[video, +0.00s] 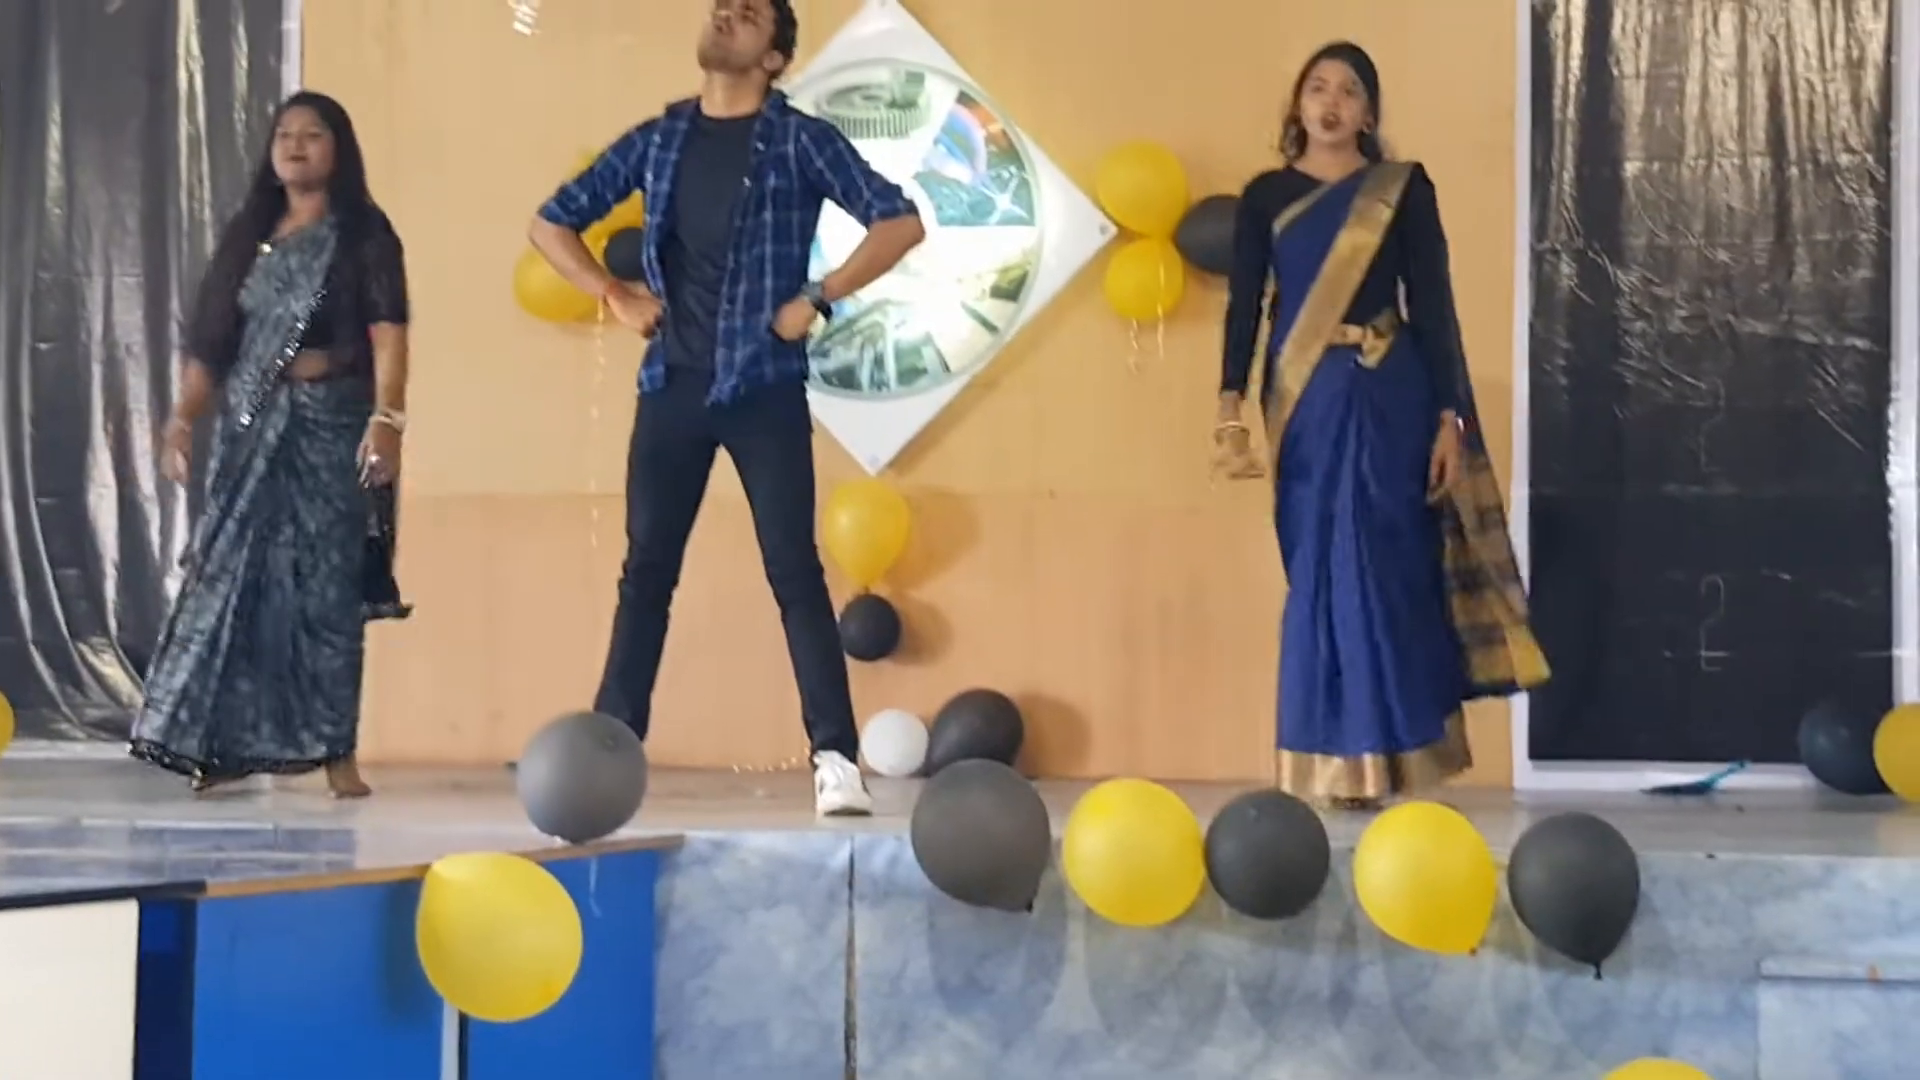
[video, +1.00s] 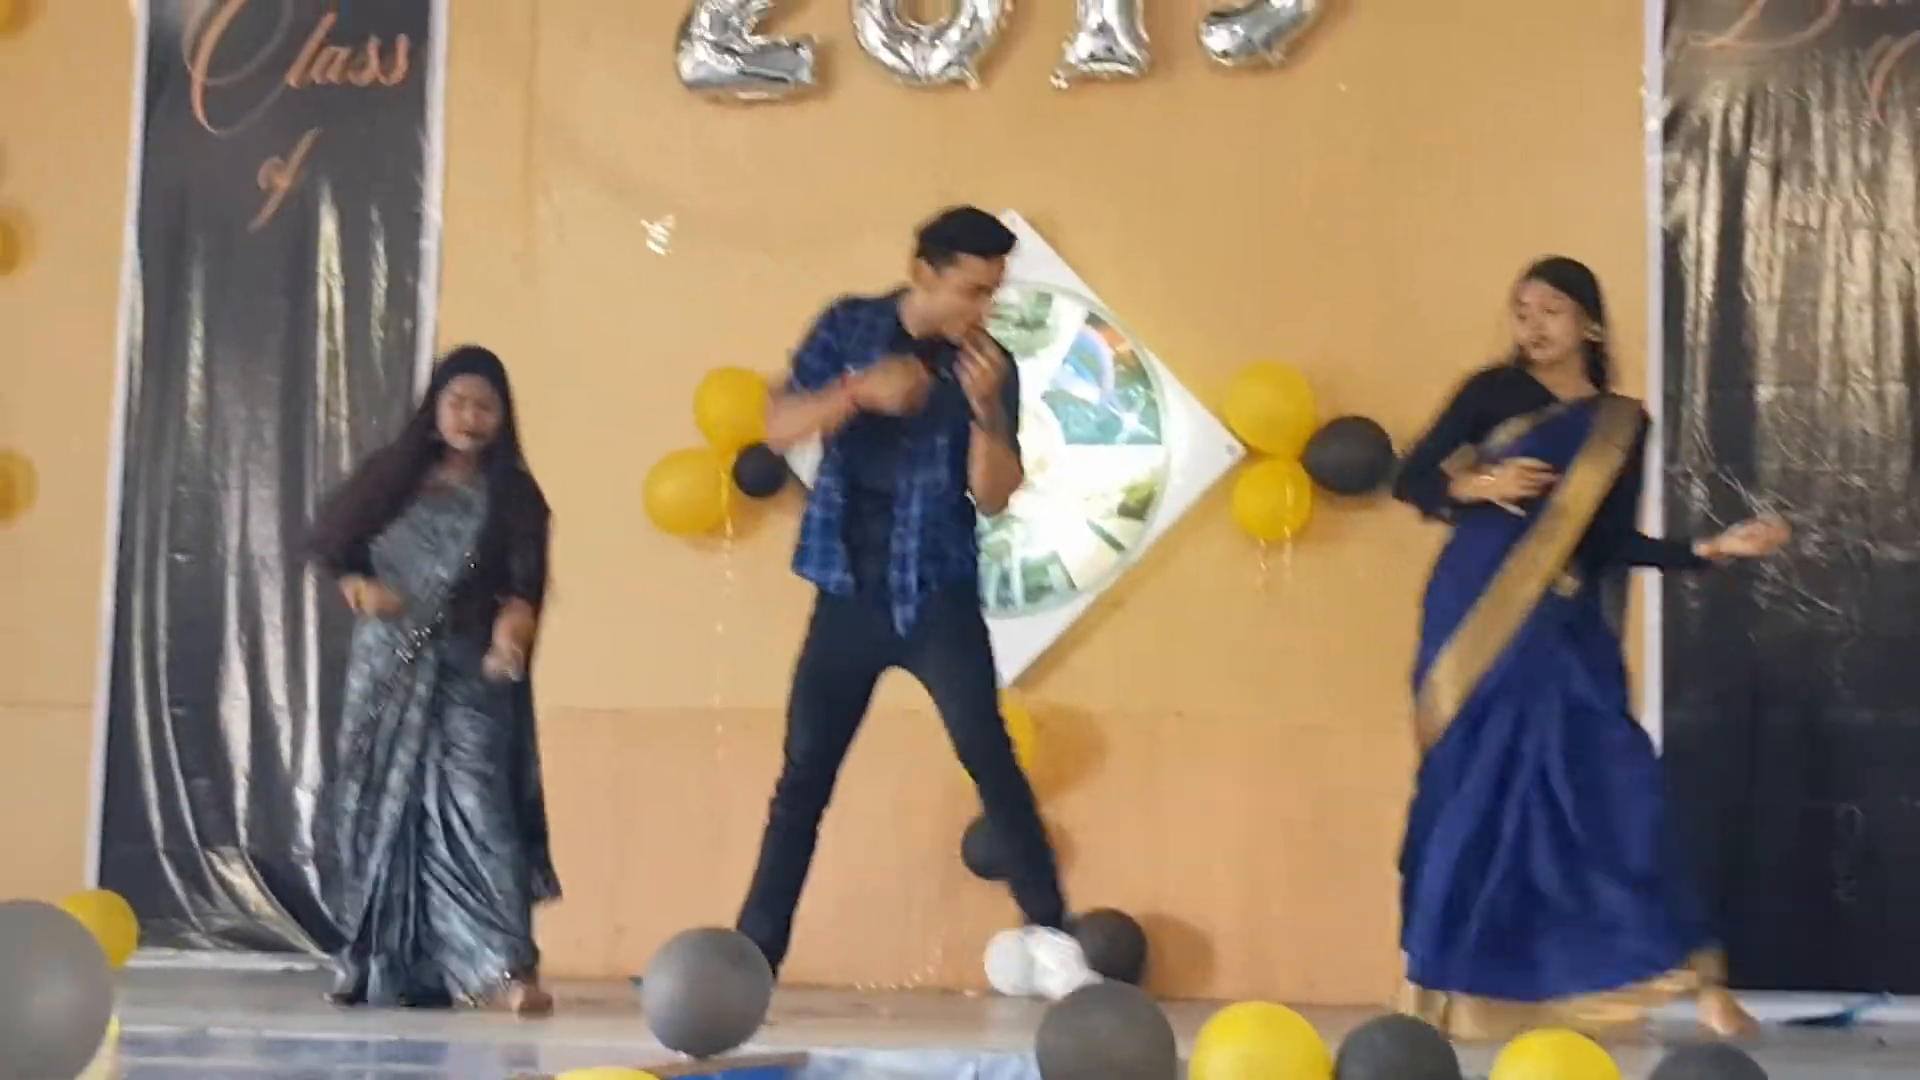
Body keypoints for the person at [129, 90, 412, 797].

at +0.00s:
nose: (296, 148)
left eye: (312, 137)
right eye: (286, 137)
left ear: (340, 150)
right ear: (269, 151)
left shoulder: (367, 233)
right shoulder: (247, 234)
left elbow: (388, 328)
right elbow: (210, 339)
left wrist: (388, 418)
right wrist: (182, 418)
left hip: (331, 424)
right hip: (249, 426)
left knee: (329, 581)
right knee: (235, 575)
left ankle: (339, 748)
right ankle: (224, 747)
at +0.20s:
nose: (295, 178)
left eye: (312, 166)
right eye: (284, 166)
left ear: (339, 179)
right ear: (269, 179)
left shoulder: (367, 262)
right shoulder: (246, 263)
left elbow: (402, 362)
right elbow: (213, 375)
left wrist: (381, 427)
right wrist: (187, 468)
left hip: (336, 454)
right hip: (254, 453)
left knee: (339, 607)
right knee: (248, 601)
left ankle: (344, 775)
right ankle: (235, 773)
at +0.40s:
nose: (284, 236)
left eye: (300, 225)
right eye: (271, 223)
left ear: (323, 237)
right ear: (254, 232)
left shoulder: (350, 314)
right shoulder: (227, 315)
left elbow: (381, 417)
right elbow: (195, 429)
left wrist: (371, 496)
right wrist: (152, 517)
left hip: (324, 504)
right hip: (246, 506)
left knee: (330, 656)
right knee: (247, 655)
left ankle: (345, 824)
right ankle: (251, 826)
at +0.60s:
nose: (299, 307)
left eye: (313, 294)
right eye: (286, 292)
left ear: (333, 302)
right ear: (263, 297)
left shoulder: (360, 368)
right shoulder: (237, 368)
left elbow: (399, 465)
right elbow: (203, 446)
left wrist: (371, 534)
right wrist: (190, 509)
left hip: (333, 560)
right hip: (255, 561)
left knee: (327, 722)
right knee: (256, 720)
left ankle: (325, 890)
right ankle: (258, 892)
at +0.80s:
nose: (374, 377)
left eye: (388, 366)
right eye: (362, 361)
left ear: (405, 373)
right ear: (337, 363)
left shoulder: (420, 442)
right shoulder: (296, 433)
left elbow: (438, 536)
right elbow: (251, 519)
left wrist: (423, 597)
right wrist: (269, 552)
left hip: (390, 629)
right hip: (310, 627)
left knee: (392, 780)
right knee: (308, 780)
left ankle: (398, 941)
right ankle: (309, 942)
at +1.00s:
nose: (467, 414)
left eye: (482, 404)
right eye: (456, 400)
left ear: (502, 415)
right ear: (434, 404)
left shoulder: (515, 493)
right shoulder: (392, 471)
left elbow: (526, 579)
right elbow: (328, 538)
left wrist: (509, 636)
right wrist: (355, 583)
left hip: (470, 672)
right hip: (388, 668)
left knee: (480, 811)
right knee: (385, 809)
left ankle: (506, 969)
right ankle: (378, 963)